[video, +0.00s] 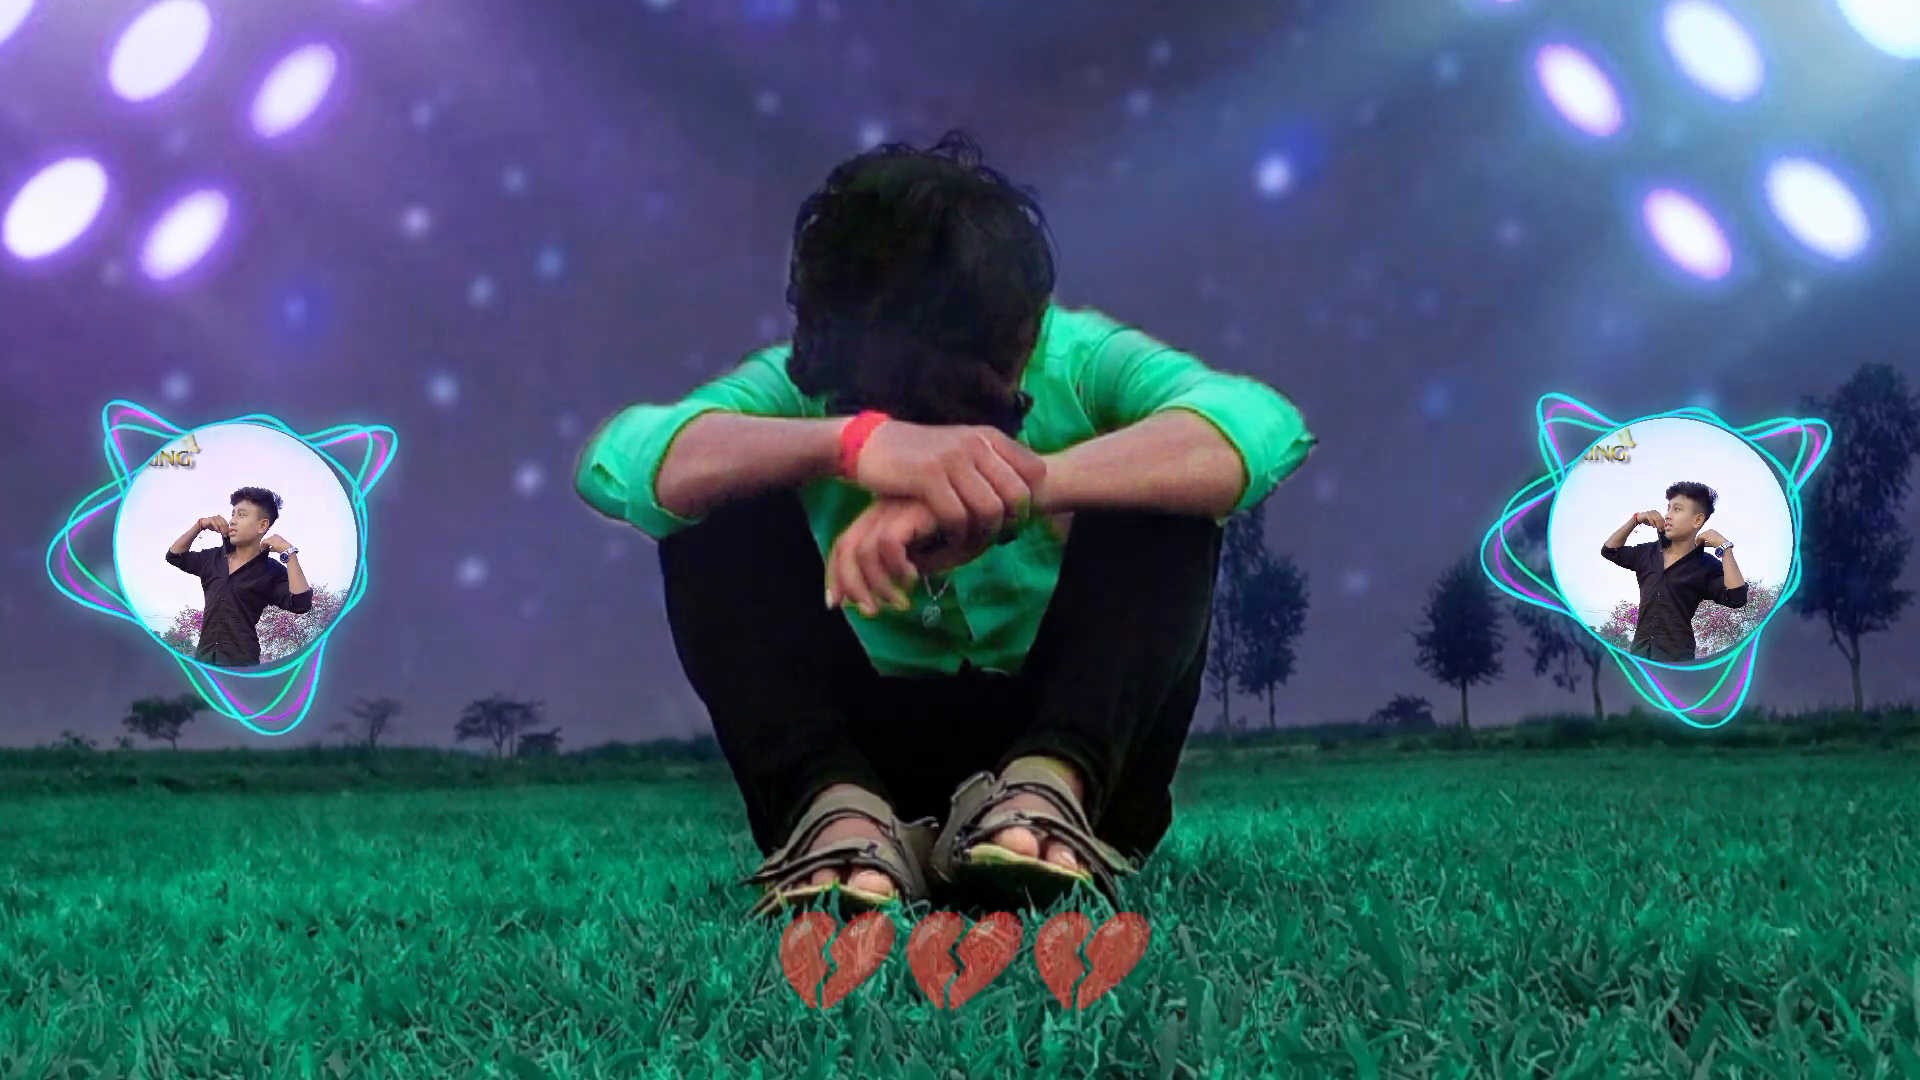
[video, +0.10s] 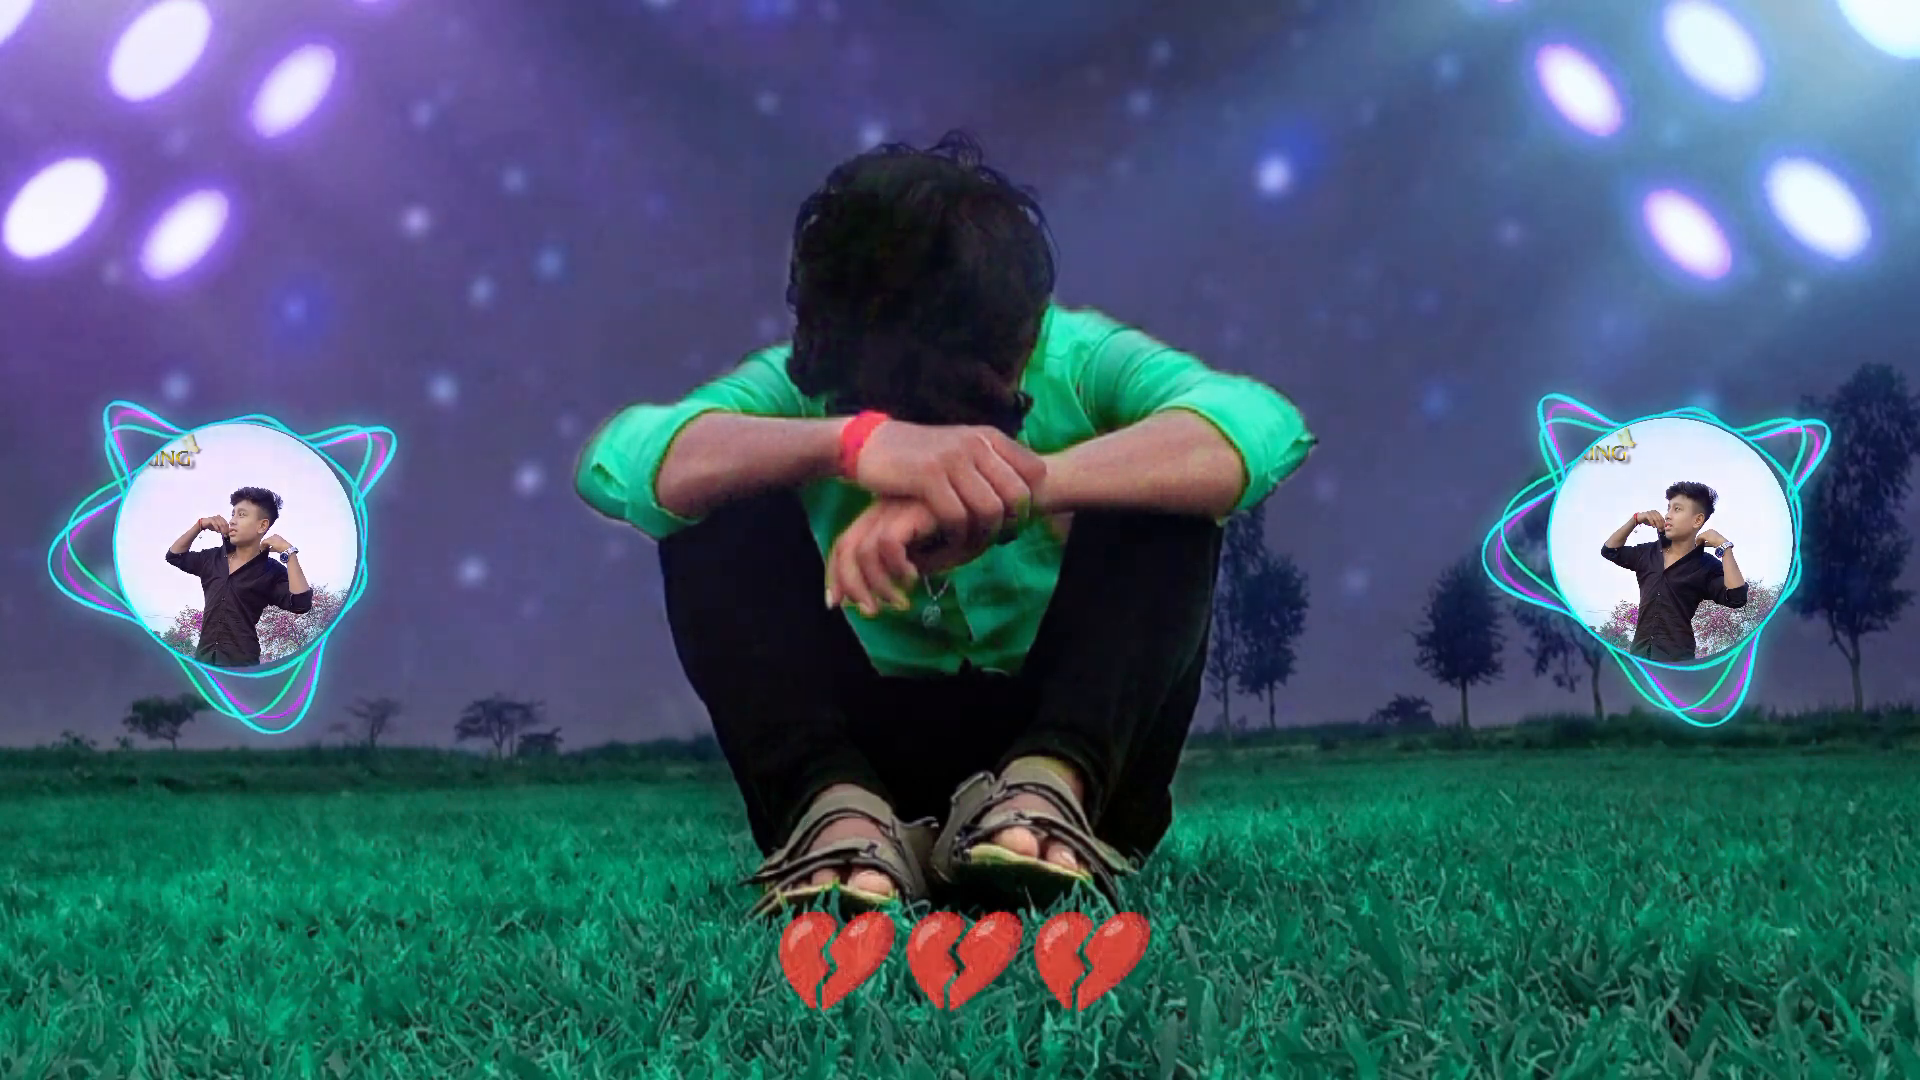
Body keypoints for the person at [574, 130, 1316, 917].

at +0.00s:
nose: (915, 454)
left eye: (951, 418)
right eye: (878, 415)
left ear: (1019, 356)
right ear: (817, 365)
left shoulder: (1077, 355)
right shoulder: (795, 382)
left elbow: (1265, 429)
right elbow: (611, 467)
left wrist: (1001, 491)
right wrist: (851, 446)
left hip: (1058, 746)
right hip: (863, 751)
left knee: (1165, 487)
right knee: (713, 501)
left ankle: (1044, 789)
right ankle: (835, 816)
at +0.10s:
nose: (922, 454)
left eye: (958, 416)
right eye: (884, 417)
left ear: (1018, 356)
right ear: (820, 364)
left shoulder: (1076, 355)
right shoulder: (796, 382)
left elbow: (1265, 429)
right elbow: (611, 467)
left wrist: (1001, 491)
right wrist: (851, 446)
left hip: (1058, 745)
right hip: (864, 751)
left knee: (1167, 487)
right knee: (714, 503)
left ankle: (1044, 789)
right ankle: (835, 817)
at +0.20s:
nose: (919, 454)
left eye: (956, 417)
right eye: (882, 417)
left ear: (1018, 357)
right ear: (820, 365)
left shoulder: (1076, 355)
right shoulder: (796, 382)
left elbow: (1265, 429)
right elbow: (611, 467)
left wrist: (1001, 491)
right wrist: (850, 446)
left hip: (1058, 745)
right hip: (864, 750)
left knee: (1167, 487)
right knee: (714, 503)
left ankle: (1044, 789)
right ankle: (836, 817)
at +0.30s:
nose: (915, 456)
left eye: (952, 420)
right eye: (877, 417)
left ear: (1018, 357)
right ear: (816, 368)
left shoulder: (1077, 355)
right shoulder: (795, 382)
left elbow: (1265, 429)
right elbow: (611, 467)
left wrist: (1000, 491)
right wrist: (851, 446)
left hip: (1057, 744)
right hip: (863, 749)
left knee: (1165, 487)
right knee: (714, 503)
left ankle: (1044, 790)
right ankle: (836, 817)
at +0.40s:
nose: (935, 446)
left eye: (978, 401)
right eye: (902, 415)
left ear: (1021, 341)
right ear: (830, 367)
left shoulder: (1074, 354)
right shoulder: (796, 383)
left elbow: (1265, 429)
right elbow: (611, 467)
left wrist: (999, 492)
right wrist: (851, 447)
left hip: (1059, 746)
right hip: (863, 753)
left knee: (1167, 489)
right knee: (713, 502)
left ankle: (1044, 790)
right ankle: (836, 817)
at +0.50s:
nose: (958, 426)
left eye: (993, 381)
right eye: (916, 404)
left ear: (1025, 333)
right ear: (843, 363)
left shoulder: (1075, 355)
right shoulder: (796, 384)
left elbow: (1265, 429)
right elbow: (612, 467)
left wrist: (999, 492)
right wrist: (851, 446)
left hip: (1061, 749)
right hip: (864, 756)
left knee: (1167, 485)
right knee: (711, 502)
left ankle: (1044, 789)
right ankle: (835, 817)